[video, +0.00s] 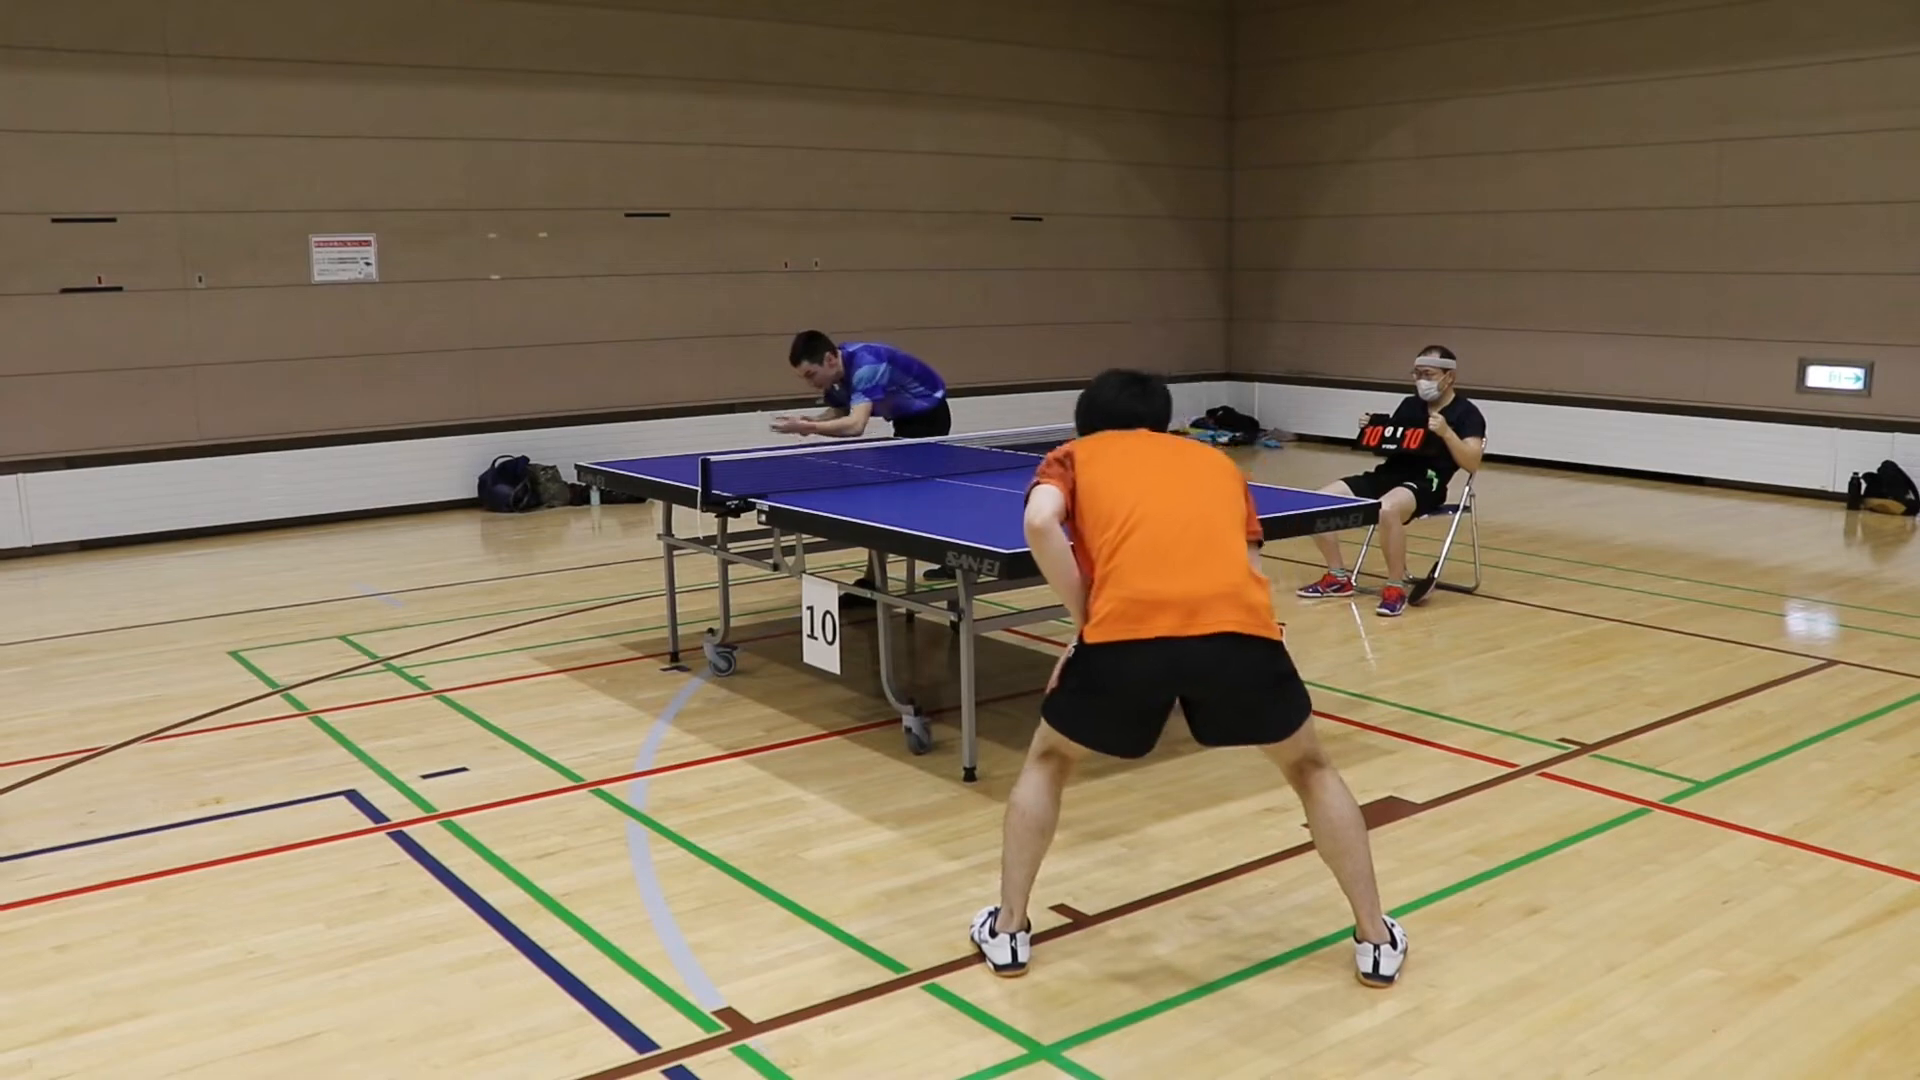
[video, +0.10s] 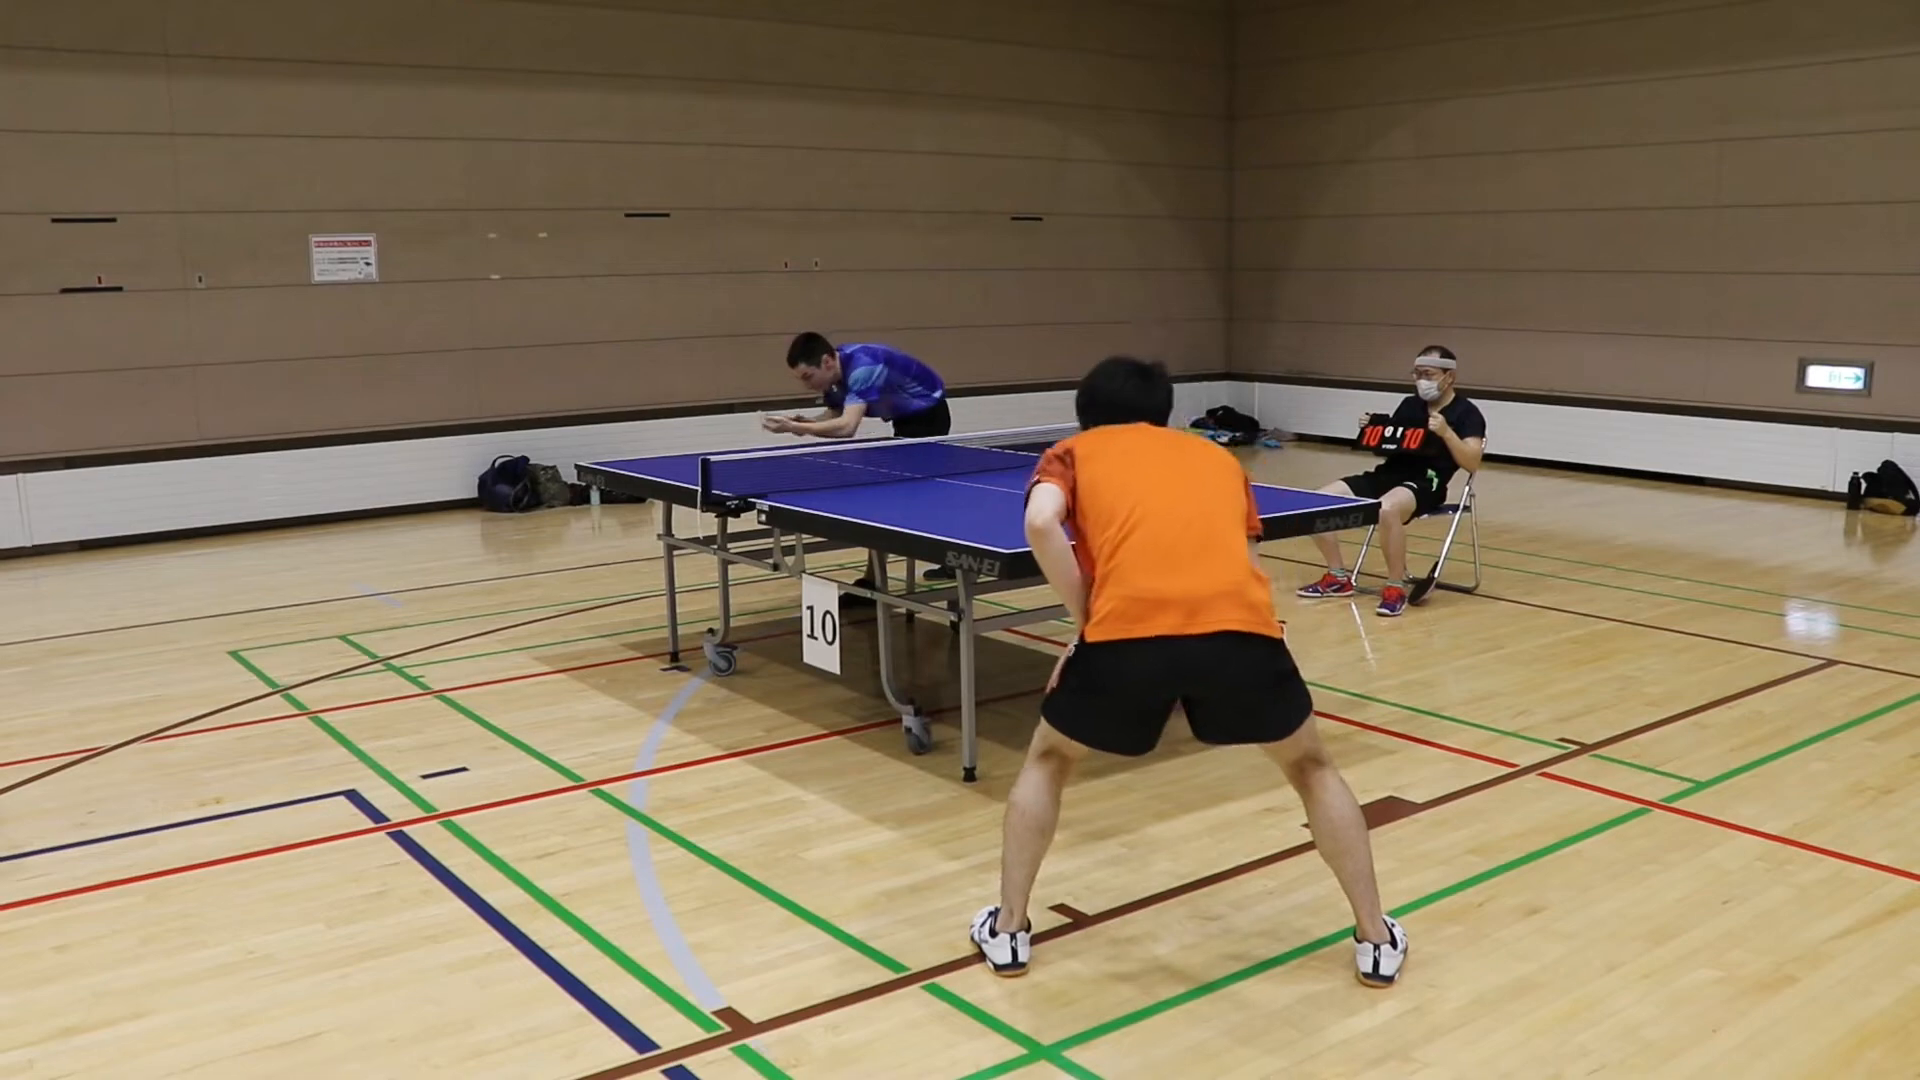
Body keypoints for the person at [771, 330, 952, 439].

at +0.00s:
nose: (810, 383)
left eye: (811, 375)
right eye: (805, 378)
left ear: (830, 359)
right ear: (829, 360)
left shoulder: (866, 365)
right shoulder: (833, 370)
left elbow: (855, 426)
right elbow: (839, 412)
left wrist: (808, 428)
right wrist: (810, 423)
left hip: (929, 413)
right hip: (904, 415)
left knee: (919, 484)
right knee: (899, 482)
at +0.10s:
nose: (806, 385)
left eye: (808, 377)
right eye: (802, 380)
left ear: (828, 362)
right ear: (827, 362)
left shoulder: (863, 368)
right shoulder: (831, 370)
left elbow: (847, 428)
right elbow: (837, 415)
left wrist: (795, 429)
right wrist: (810, 423)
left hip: (929, 411)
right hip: (903, 414)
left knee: (921, 480)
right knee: (904, 479)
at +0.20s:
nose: (805, 387)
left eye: (806, 379)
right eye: (801, 382)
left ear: (826, 365)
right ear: (826, 365)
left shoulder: (861, 369)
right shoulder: (834, 373)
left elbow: (841, 429)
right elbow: (835, 418)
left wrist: (789, 429)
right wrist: (805, 421)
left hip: (928, 412)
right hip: (904, 415)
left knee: (920, 482)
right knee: (903, 480)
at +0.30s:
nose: (804, 390)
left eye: (805, 381)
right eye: (799, 383)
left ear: (824, 367)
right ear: (824, 367)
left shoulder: (858, 372)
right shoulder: (831, 377)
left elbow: (837, 430)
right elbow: (834, 421)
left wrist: (784, 428)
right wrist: (805, 423)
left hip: (928, 412)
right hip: (905, 415)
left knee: (920, 483)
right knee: (904, 481)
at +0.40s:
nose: (802, 392)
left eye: (803, 385)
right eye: (798, 387)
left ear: (823, 370)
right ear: (824, 369)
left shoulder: (857, 374)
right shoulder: (833, 378)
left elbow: (832, 431)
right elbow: (830, 423)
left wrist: (779, 428)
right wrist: (802, 423)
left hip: (928, 413)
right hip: (904, 415)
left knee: (920, 484)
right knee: (904, 483)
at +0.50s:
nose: (801, 394)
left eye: (802, 387)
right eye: (797, 389)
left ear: (822, 372)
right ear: (823, 370)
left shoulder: (855, 375)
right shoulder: (832, 380)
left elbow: (830, 431)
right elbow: (828, 427)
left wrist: (776, 427)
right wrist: (797, 424)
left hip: (927, 413)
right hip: (905, 416)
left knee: (921, 484)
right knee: (907, 482)